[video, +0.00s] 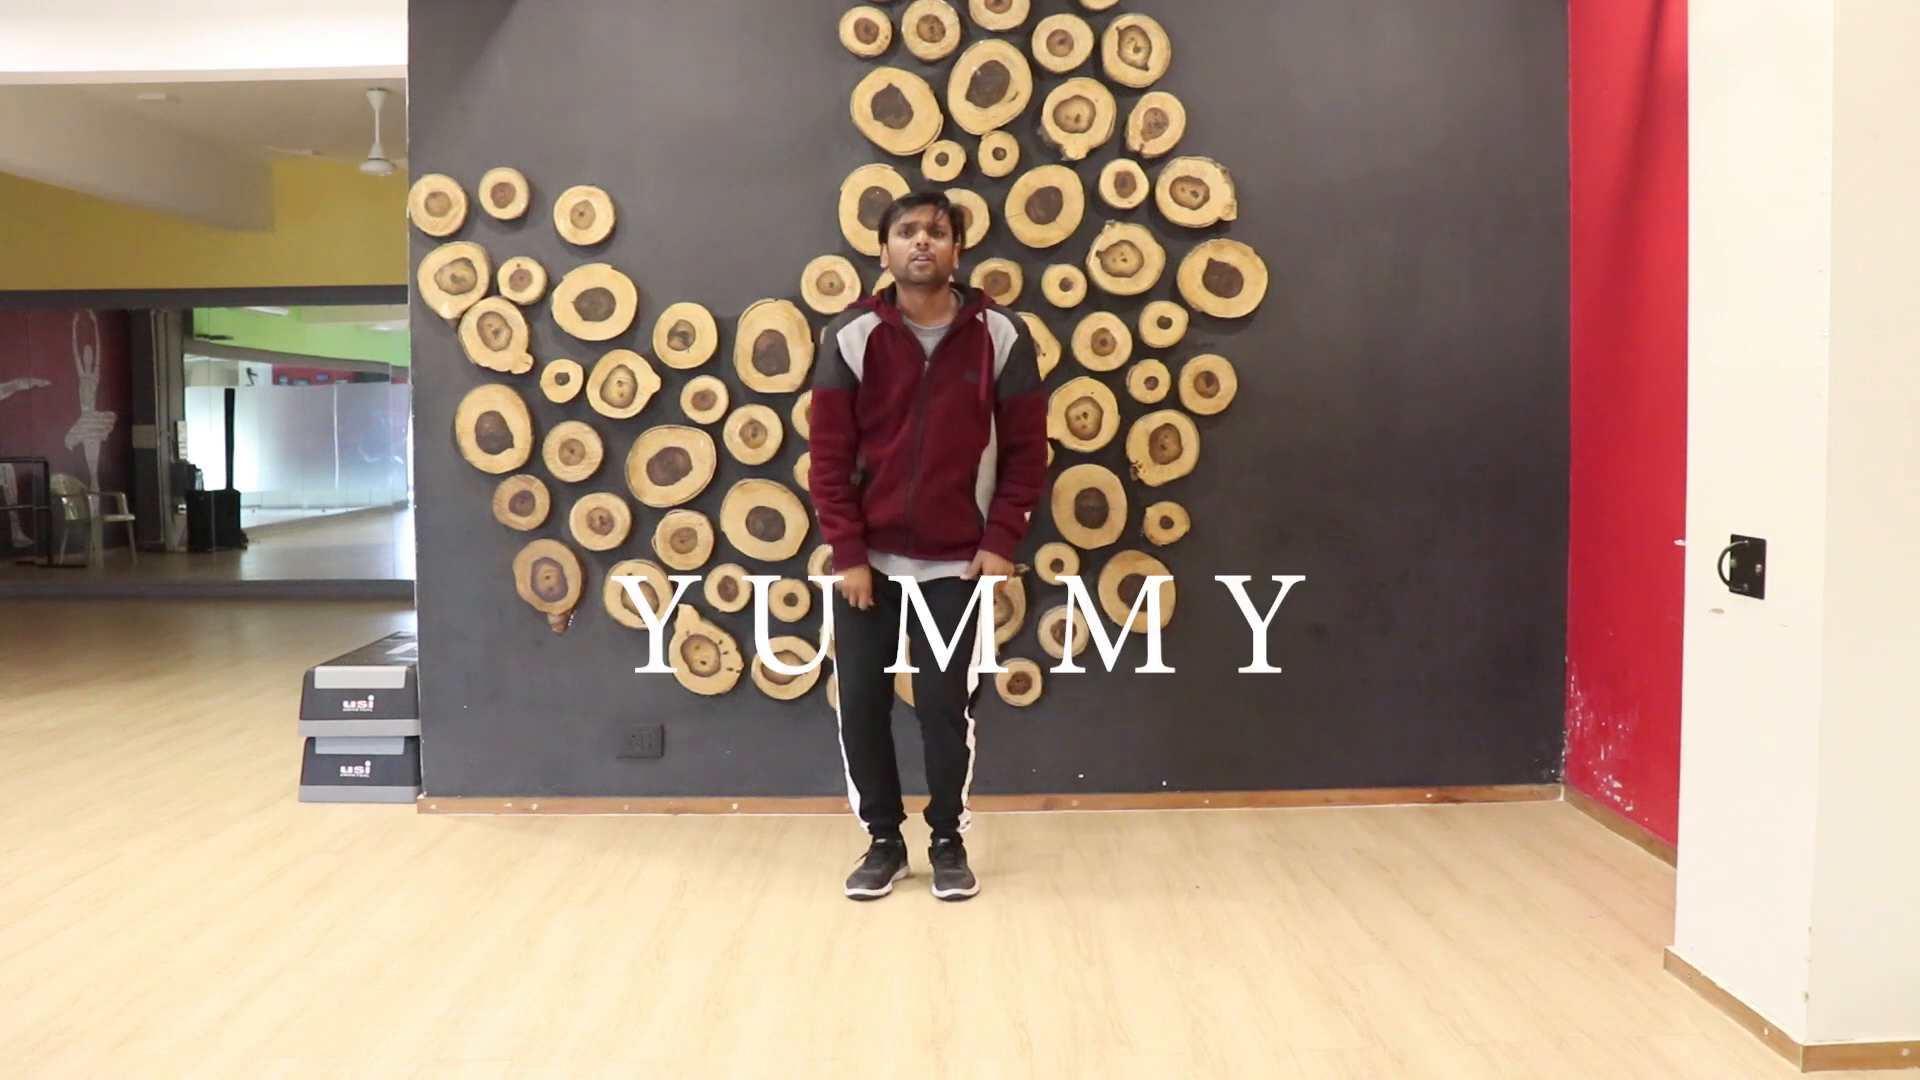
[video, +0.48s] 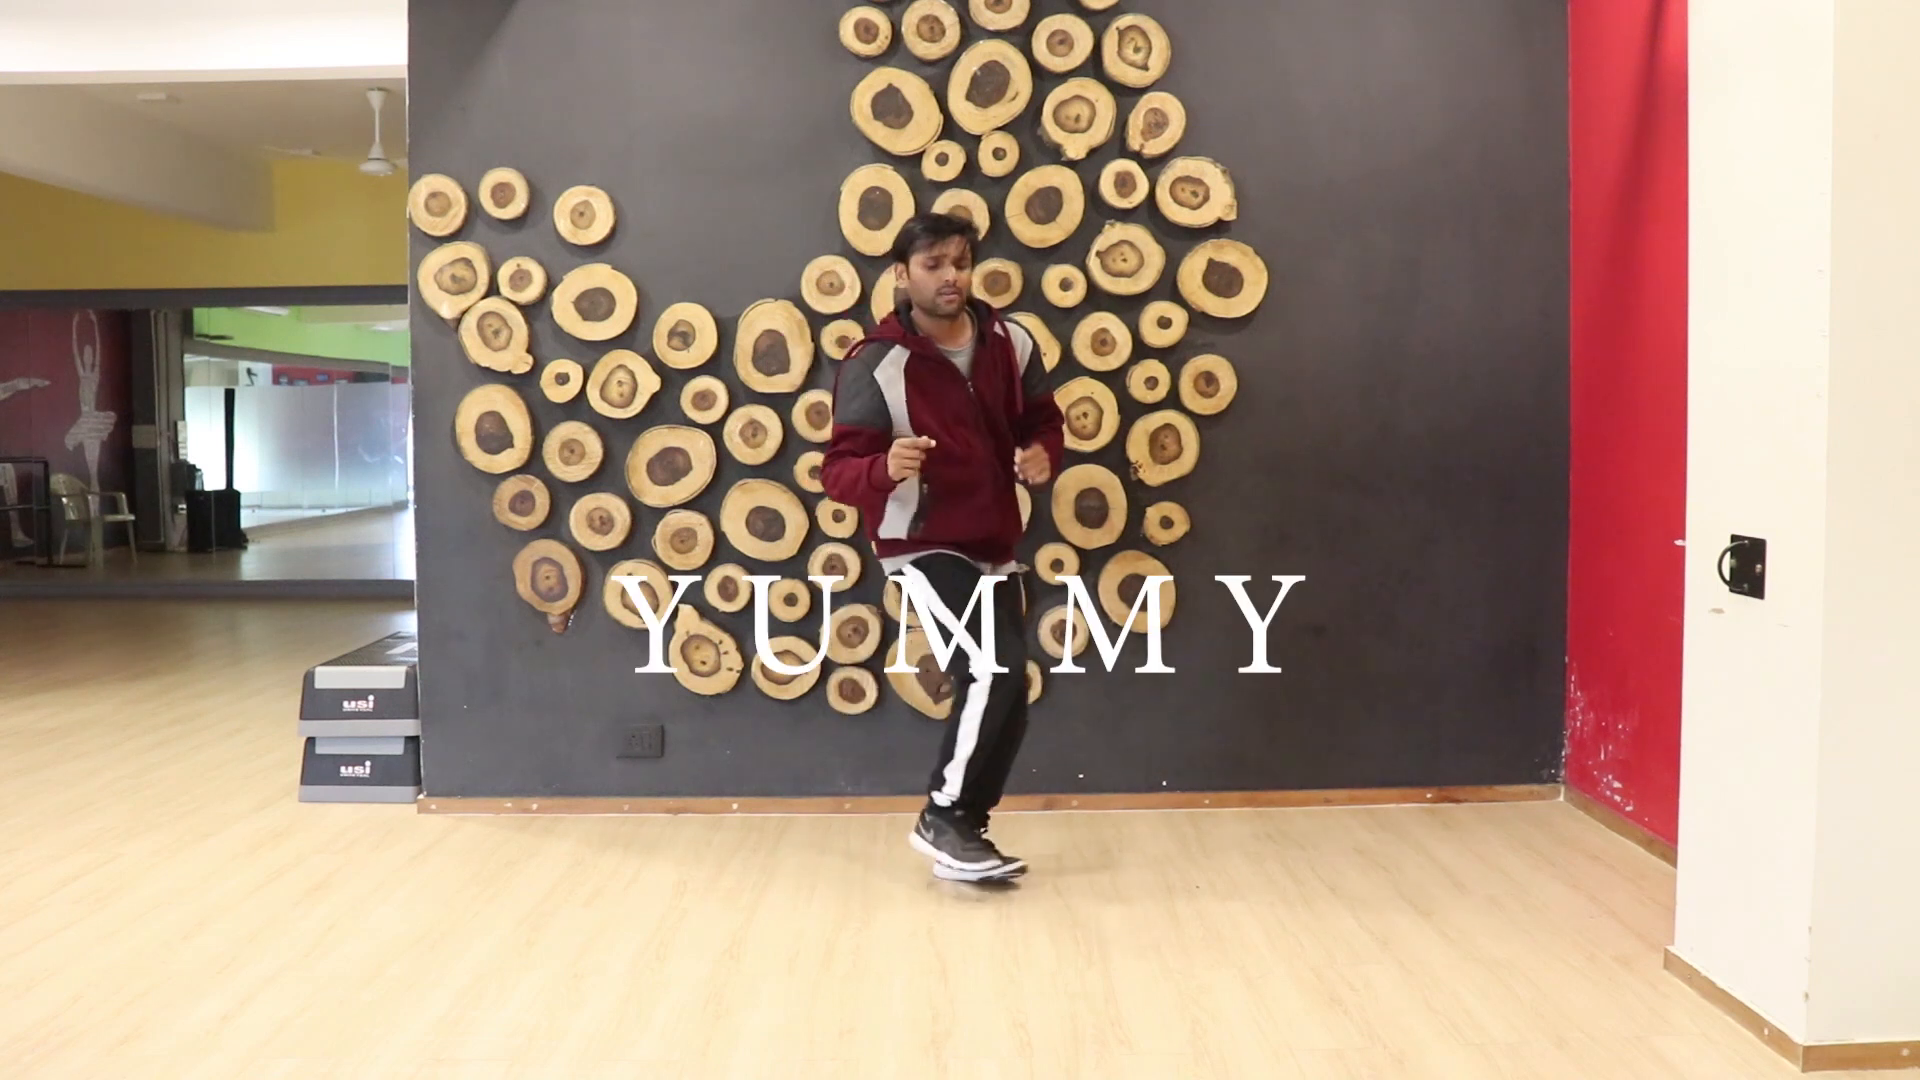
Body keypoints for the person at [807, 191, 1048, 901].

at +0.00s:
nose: (923, 243)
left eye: (936, 232)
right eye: (908, 232)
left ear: (957, 250)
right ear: (886, 251)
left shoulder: (998, 334)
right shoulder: (850, 338)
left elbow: (1026, 447)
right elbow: (828, 453)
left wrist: (1002, 540)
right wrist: (847, 553)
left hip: (954, 556)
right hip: (866, 554)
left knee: (944, 703)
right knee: (858, 704)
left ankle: (946, 843)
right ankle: (883, 842)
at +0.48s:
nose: (951, 277)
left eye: (960, 264)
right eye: (934, 266)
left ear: (972, 271)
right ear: (903, 275)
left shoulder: (1008, 341)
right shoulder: (876, 365)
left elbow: (1043, 418)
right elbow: (837, 473)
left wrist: (1042, 452)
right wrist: (884, 467)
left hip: (996, 548)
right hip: (923, 549)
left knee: (1007, 696)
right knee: (995, 672)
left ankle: (963, 835)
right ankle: (947, 817)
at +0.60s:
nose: (956, 278)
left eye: (964, 265)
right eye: (939, 267)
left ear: (974, 270)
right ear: (905, 277)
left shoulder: (1005, 343)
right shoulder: (873, 365)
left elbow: (1051, 447)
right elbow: (822, 465)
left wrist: (1034, 442)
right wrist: (871, 475)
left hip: (998, 557)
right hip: (934, 563)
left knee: (1018, 693)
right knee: (1017, 688)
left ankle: (971, 830)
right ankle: (956, 835)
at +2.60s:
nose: (963, 229)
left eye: (976, 216)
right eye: (947, 218)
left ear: (997, 231)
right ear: (926, 235)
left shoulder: (1033, 322)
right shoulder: (889, 323)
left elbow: (1063, 440)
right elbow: (854, 433)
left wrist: (1077, 541)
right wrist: (841, 529)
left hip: (1018, 555)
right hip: (921, 554)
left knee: (1013, 712)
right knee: (916, 711)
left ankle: (999, 854)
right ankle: (936, 849)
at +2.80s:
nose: (942, 231)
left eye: (956, 220)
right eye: (927, 221)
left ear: (979, 237)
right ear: (907, 239)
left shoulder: (1021, 323)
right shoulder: (875, 330)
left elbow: (1056, 436)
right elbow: (844, 438)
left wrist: (1062, 537)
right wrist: (839, 533)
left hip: (994, 555)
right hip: (896, 556)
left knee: (1003, 695)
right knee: (908, 710)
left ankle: (999, 840)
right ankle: (934, 850)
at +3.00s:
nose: (939, 226)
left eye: (953, 215)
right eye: (924, 215)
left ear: (976, 232)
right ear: (903, 233)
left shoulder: (1016, 317)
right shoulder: (867, 324)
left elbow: (1049, 430)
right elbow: (836, 433)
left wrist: (1050, 529)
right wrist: (842, 526)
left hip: (991, 549)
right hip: (894, 551)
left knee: (989, 693)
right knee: (910, 705)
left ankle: (988, 830)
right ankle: (933, 847)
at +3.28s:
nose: (942, 222)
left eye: (957, 212)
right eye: (928, 212)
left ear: (981, 232)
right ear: (907, 232)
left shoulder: (1019, 319)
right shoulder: (868, 322)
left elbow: (1049, 437)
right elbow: (839, 434)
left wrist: (1041, 540)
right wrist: (848, 532)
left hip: (990, 554)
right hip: (896, 553)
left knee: (988, 708)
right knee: (910, 710)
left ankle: (987, 846)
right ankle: (934, 847)